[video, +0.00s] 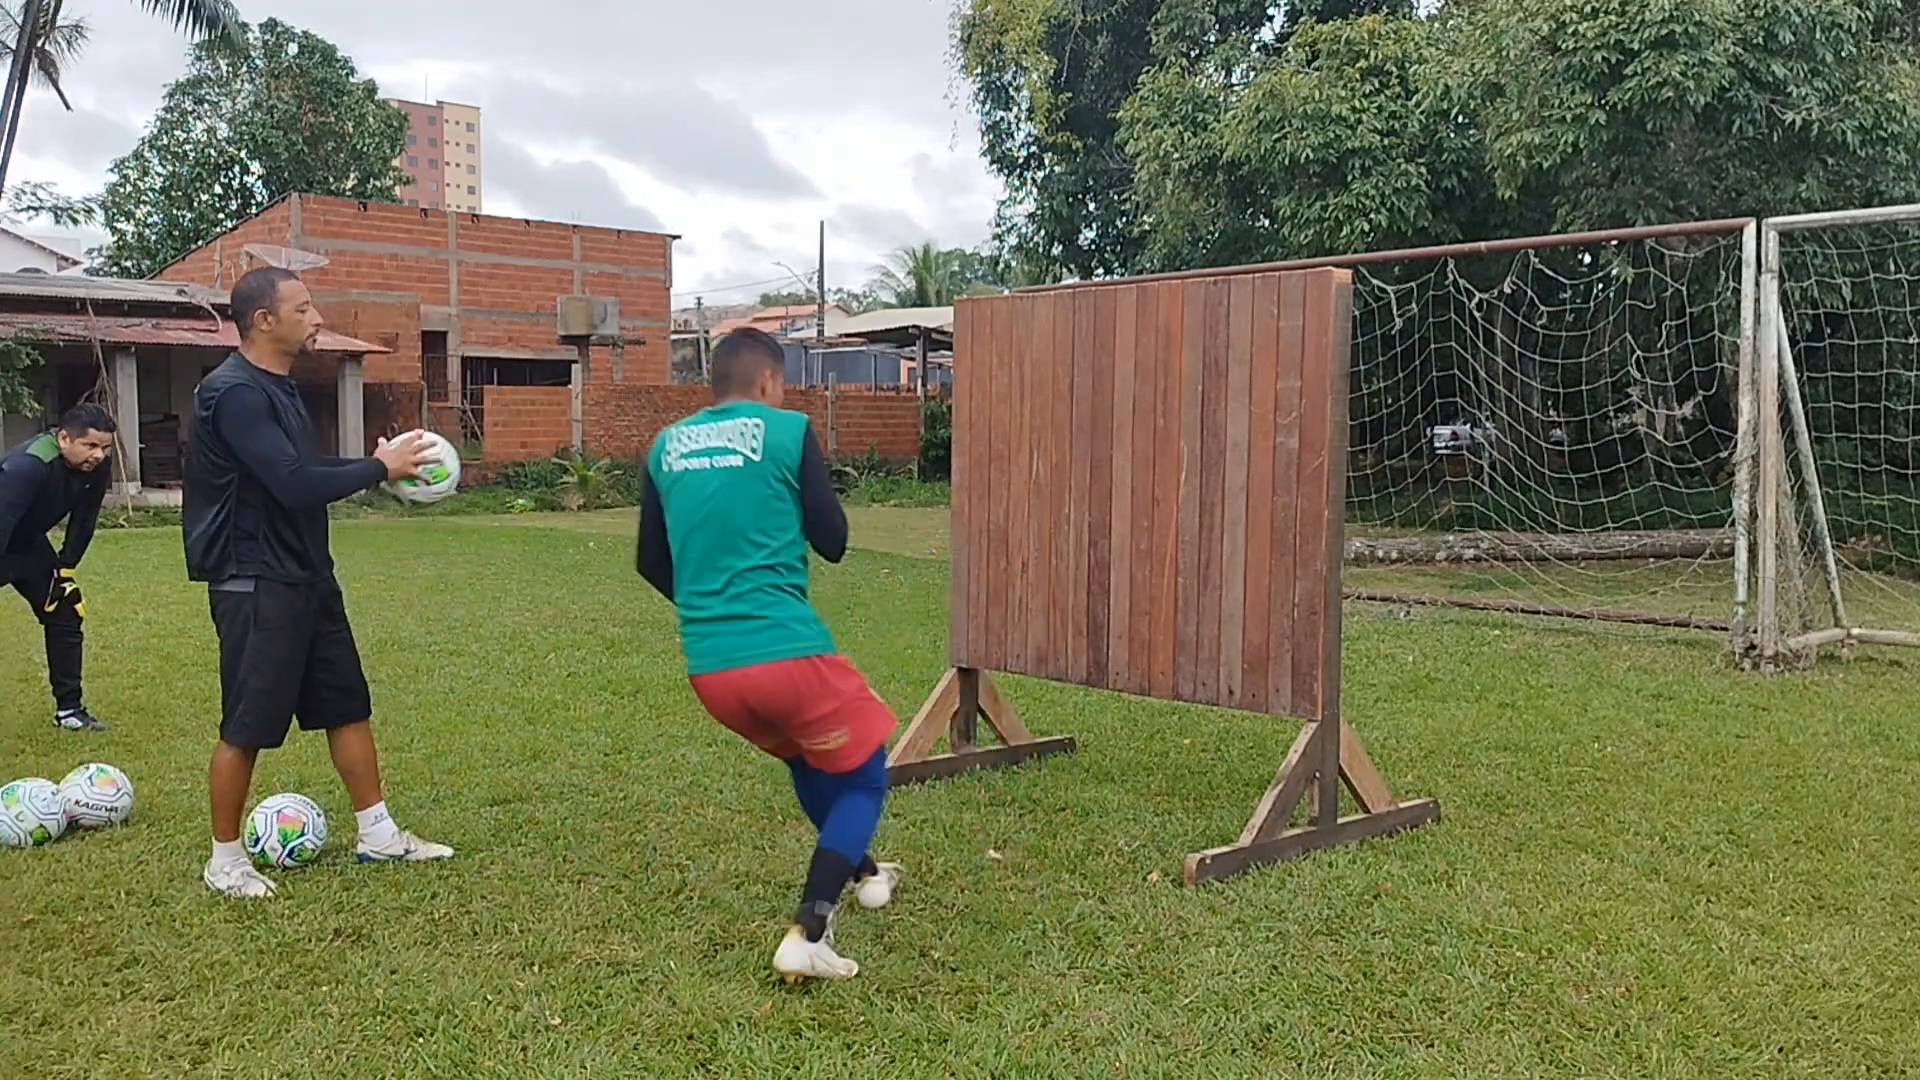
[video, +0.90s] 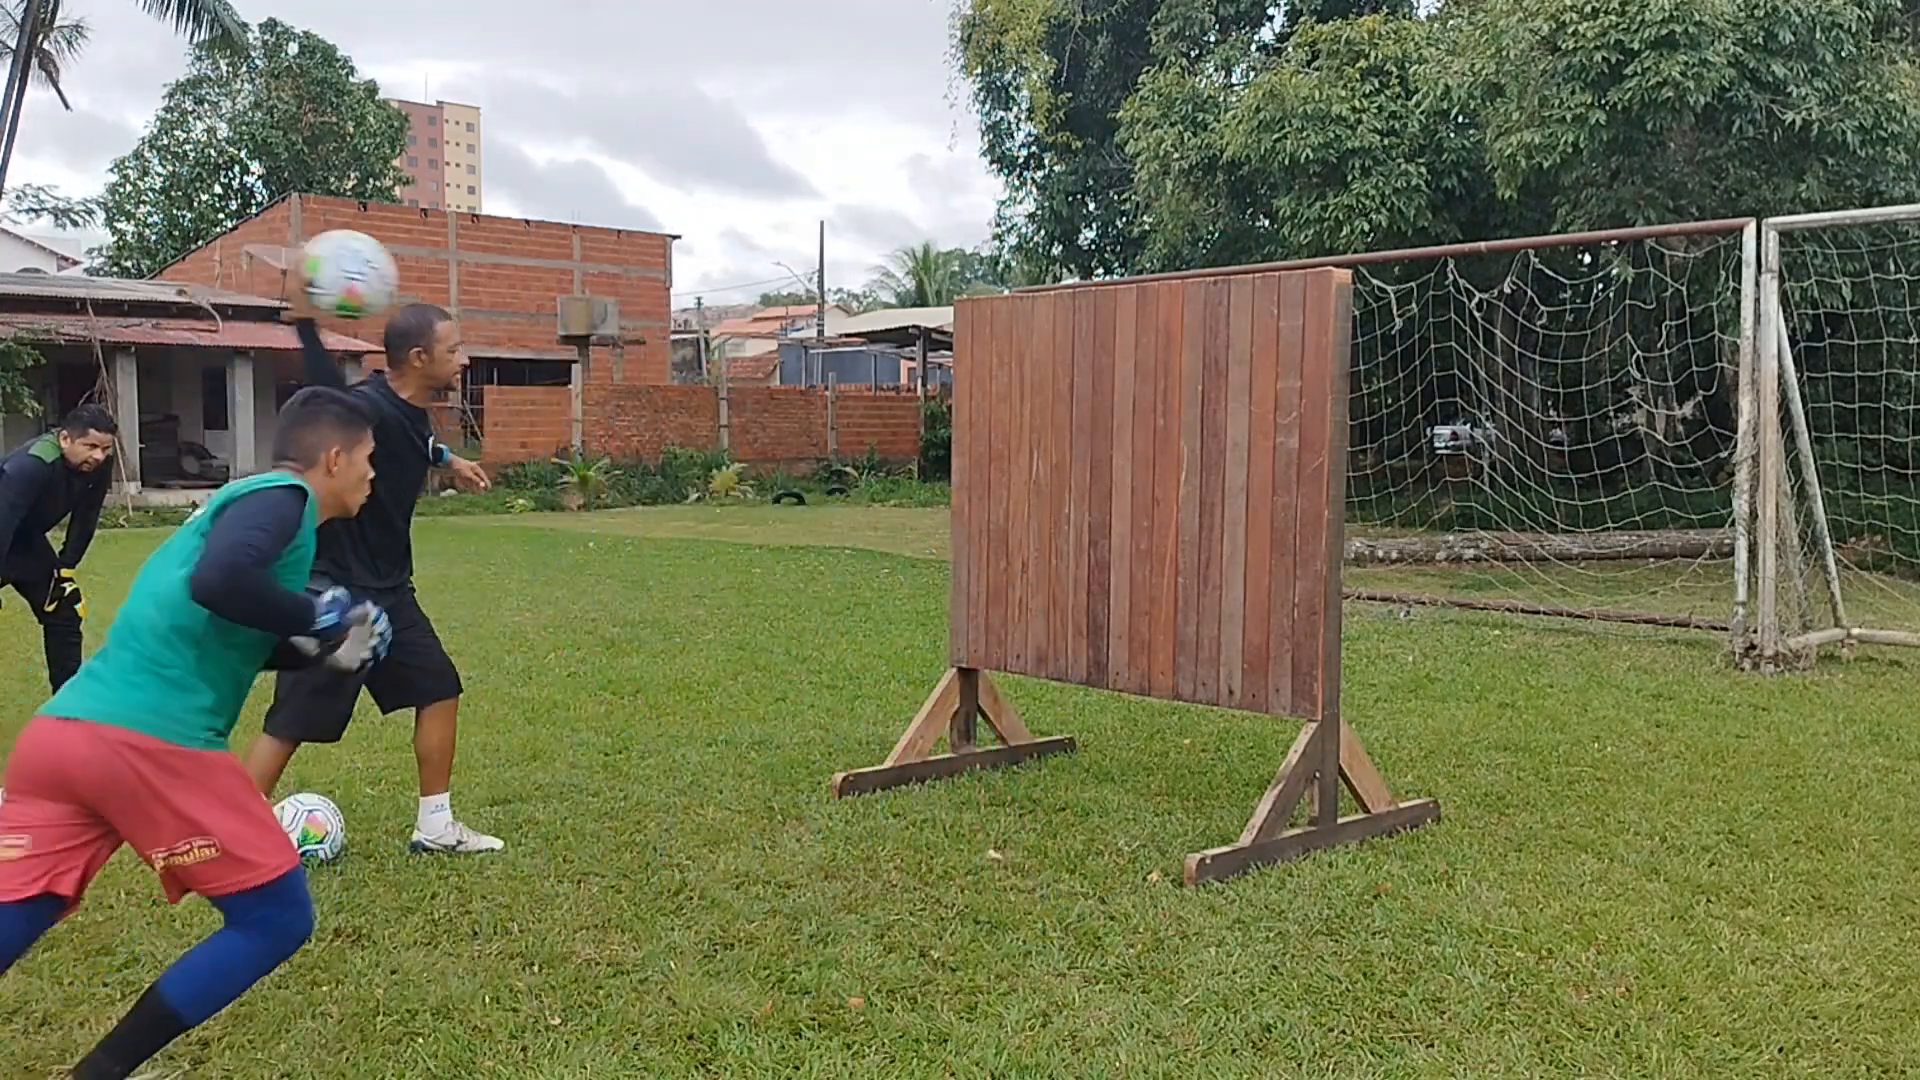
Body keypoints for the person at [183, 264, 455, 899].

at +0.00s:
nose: (317, 318)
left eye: (312, 306)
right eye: (303, 309)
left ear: (270, 321)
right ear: (264, 322)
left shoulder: (282, 389)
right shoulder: (237, 394)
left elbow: (305, 474)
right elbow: (293, 486)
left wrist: (379, 465)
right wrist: (378, 465)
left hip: (307, 579)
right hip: (254, 585)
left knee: (345, 705)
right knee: (246, 725)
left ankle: (378, 833)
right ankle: (226, 858)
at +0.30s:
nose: (319, 325)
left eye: (315, 313)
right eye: (307, 315)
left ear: (272, 325)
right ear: (266, 325)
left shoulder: (285, 391)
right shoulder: (227, 400)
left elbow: (298, 480)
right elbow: (233, 509)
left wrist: (356, 482)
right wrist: (344, 524)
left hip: (310, 579)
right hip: (252, 586)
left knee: (359, 701)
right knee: (244, 726)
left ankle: (379, 834)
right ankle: (225, 859)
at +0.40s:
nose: (326, 328)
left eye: (323, 316)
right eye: (314, 319)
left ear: (286, 326)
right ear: (275, 327)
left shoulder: (299, 393)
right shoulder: (223, 406)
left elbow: (311, 478)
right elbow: (212, 519)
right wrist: (303, 549)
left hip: (307, 574)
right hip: (248, 584)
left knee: (359, 693)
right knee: (242, 726)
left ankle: (385, 819)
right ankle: (225, 859)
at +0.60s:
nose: (358, 335)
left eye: (356, 324)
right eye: (346, 326)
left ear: (322, 334)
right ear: (305, 335)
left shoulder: (348, 390)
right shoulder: (248, 403)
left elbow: (388, 437)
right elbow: (192, 499)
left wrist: (440, 461)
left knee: (399, 687)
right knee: (246, 720)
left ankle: (415, 820)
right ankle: (224, 853)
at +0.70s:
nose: (384, 343)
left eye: (382, 332)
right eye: (374, 334)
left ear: (345, 342)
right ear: (335, 342)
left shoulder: (367, 393)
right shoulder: (270, 398)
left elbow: (411, 427)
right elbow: (189, 452)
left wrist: (483, 457)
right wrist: (178, 370)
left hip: (356, 579)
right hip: (285, 586)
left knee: (409, 687)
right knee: (251, 715)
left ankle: (429, 825)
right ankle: (214, 835)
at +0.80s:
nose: (422, 351)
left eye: (420, 339)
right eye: (413, 340)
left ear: (384, 349)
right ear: (373, 349)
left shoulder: (395, 401)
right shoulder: (311, 398)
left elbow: (415, 426)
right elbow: (228, 409)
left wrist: (478, 452)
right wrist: (210, 317)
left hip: (377, 588)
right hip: (308, 591)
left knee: (430, 689)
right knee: (268, 722)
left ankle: (432, 826)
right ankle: (224, 845)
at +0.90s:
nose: (461, 359)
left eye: (459, 348)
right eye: (452, 349)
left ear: (417, 356)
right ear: (416, 357)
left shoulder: (415, 413)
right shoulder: (366, 407)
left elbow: (411, 441)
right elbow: (323, 394)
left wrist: (450, 460)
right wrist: (304, 319)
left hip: (391, 590)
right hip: (334, 592)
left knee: (439, 689)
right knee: (291, 721)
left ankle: (435, 824)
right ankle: (231, 832)